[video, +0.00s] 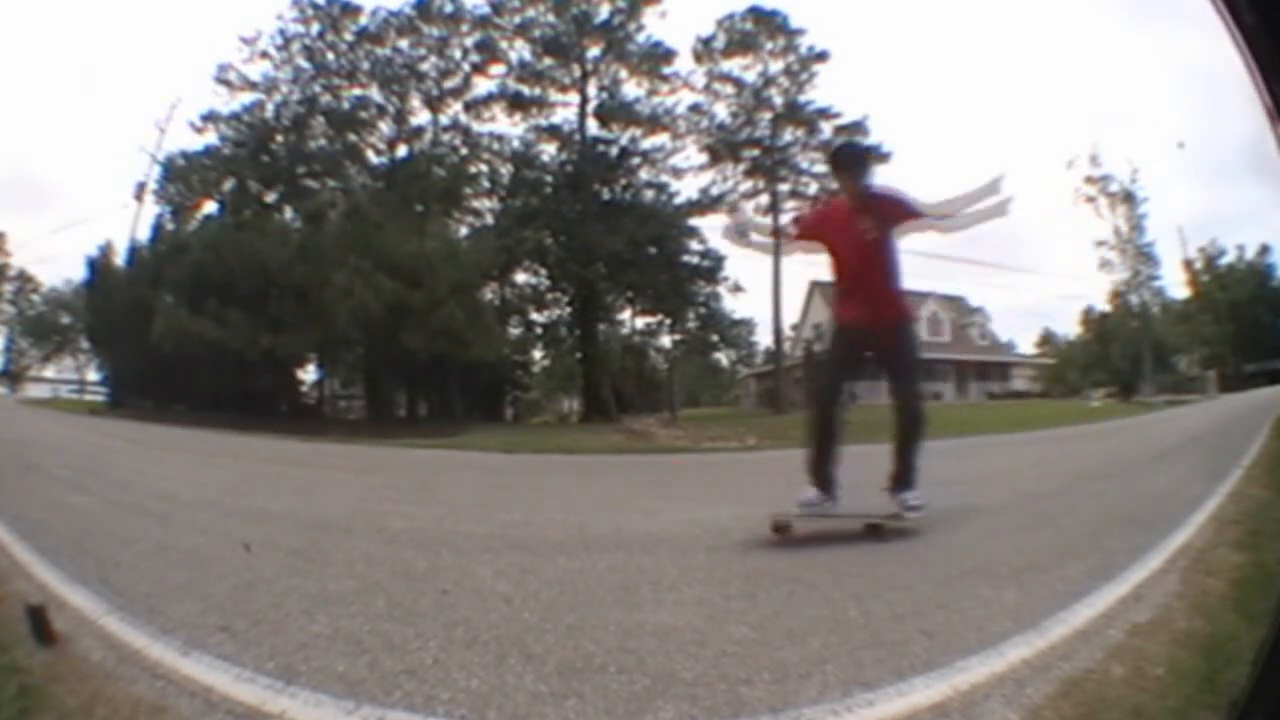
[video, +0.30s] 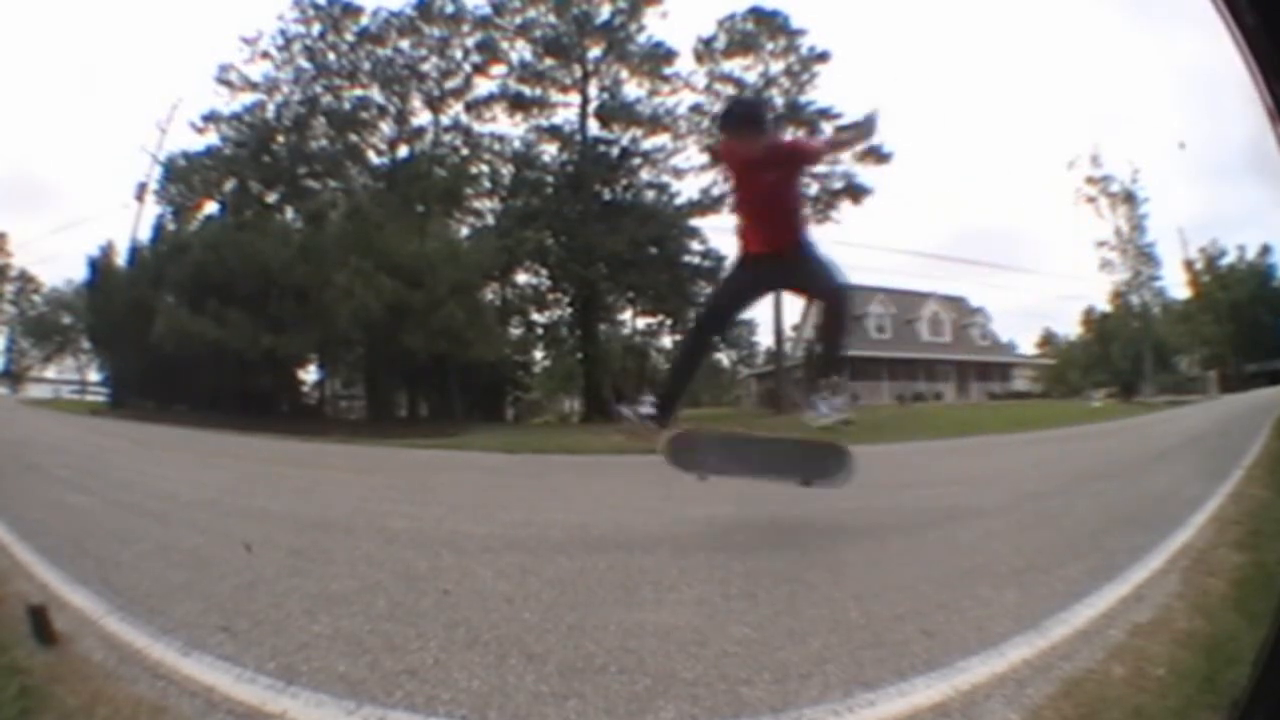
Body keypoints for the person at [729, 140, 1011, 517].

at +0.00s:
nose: (854, 183)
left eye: (859, 175)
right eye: (846, 177)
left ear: (868, 172)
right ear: (835, 176)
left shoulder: (883, 205)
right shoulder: (826, 216)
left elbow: (940, 216)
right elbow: (784, 242)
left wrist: (987, 196)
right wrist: (746, 235)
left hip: (891, 321)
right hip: (850, 324)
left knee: (909, 402)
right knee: (825, 399)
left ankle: (903, 488)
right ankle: (823, 489)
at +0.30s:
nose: (734, 146)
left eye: (739, 138)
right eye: (731, 138)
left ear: (758, 133)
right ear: (728, 136)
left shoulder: (787, 153)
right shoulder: (730, 153)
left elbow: (828, 146)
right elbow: (713, 152)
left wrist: (861, 133)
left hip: (794, 259)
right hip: (753, 262)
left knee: (836, 296)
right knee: (705, 327)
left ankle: (823, 385)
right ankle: (662, 408)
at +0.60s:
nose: (646, 188)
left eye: (649, 179)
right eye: (641, 181)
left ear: (665, 174)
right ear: (640, 181)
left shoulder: (694, 212)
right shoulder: (644, 216)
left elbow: (714, 267)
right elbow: (647, 269)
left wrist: (695, 313)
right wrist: (643, 313)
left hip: (694, 326)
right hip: (652, 326)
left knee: (696, 413)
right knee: (621, 407)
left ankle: (700, 494)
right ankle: (615, 494)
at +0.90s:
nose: (554, 170)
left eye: (557, 161)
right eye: (550, 163)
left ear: (574, 155)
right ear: (552, 161)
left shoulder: (611, 199)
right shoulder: (550, 195)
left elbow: (593, 261)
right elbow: (528, 230)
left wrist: (532, 250)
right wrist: (502, 216)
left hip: (600, 316)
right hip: (562, 315)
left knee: (595, 409)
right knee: (538, 404)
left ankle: (633, 491)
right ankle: (526, 491)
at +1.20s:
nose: (436, 166)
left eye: (439, 157)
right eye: (433, 158)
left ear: (458, 150)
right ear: (440, 155)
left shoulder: (505, 189)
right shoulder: (444, 196)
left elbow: (517, 259)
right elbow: (429, 254)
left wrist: (513, 328)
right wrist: (408, 309)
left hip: (516, 309)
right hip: (474, 309)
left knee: (519, 400)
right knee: (452, 398)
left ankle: (523, 486)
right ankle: (430, 491)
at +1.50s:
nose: (313, 185)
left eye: (314, 174)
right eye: (306, 178)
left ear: (334, 161)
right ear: (312, 176)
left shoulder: (379, 181)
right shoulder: (333, 212)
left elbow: (422, 241)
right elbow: (348, 268)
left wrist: (428, 309)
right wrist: (350, 320)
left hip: (417, 305)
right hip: (378, 312)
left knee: (438, 398)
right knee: (369, 402)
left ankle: (456, 488)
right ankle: (355, 499)